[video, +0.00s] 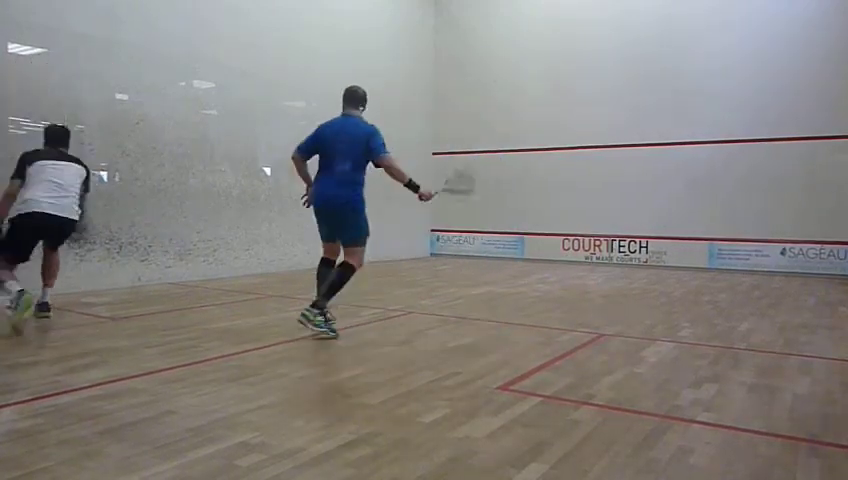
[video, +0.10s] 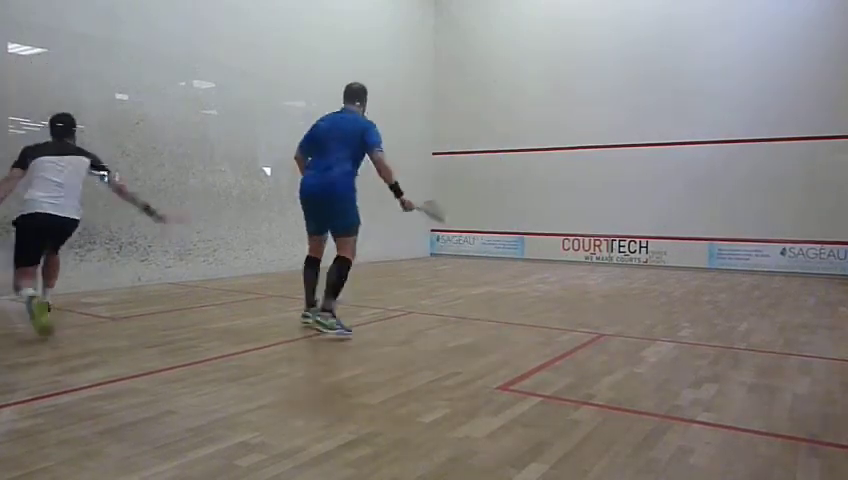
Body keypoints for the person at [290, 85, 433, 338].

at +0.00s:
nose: (362, 109)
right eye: (364, 106)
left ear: (343, 103)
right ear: (363, 106)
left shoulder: (326, 129)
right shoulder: (369, 131)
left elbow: (298, 157)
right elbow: (384, 163)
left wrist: (309, 185)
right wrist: (416, 189)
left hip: (321, 198)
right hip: (349, 200)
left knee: (330, 251)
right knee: (354, 258)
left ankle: (321, 312)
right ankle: (316, 307)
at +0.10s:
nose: (365, 108)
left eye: (362, 104)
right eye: (366, 104)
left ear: (343, 101)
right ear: (363, 103)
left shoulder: (323, 122)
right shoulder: (365, 126)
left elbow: (299, 156)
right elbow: (380, 164)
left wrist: (313, 181)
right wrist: (400, 196)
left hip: (310, 188)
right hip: (340, 190)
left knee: (315, 248)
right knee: (345, 251)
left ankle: (309, 309)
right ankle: (326, 312)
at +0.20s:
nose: (363, 119)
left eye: (362, 115)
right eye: (364, 115)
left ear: (344, 112)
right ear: (362, 114)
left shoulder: (327, 130)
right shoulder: (360, 134)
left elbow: (304, 160)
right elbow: (369, 170)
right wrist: (383, 207)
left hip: (298, 191)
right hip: (328, 195)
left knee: (304, 251)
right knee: (345, 256)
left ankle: (278, 307)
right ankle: (344, 323)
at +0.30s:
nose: (356, 131)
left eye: (355, 127)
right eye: (357, 127)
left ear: (335, 124)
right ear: (354, 126)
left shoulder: (318, 143)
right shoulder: (352, 147)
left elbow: (305, 175)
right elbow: (358, 183)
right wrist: (369, 221)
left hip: (287, 205)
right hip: (319, 209)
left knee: (288, 258)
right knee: (350, 264)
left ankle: (251, 301)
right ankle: (342, 329)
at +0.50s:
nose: (294, 115)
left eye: (290, 109)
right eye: (295, 111)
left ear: (277, 112)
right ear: (298, 113)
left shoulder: (260, 136)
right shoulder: (310, 141)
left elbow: (235, 168)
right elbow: (325, 181)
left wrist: (253, 188)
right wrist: (313, 203)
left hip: (259, 208)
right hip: (296, 209)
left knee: (250, 262)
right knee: (323, 261)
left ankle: (257, 303)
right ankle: (341, 323)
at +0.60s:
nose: (251, 111)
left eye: (244, 107)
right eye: (255, 107)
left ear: (238, 109)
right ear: (260, 109)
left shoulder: (225, 133)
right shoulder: (276, 138)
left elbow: (204, 167)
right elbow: (289, 182)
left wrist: (214, 192)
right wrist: (262, 187)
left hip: (237, 213)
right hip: (274, 210)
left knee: (235, 273)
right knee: (292, 261)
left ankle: (275, 314)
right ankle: (319, 303)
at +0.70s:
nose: (207, 122)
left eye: (204, 118)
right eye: (210, 118)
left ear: (196, 120)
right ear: (218, 120)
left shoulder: (195, 144)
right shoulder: (233, 143)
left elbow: (180, 183)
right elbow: (252, 179)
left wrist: (174, 200)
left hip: (224, 216)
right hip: (252, 214)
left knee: (225, 279)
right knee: (242, 258)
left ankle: (272, 317)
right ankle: (263, 295)